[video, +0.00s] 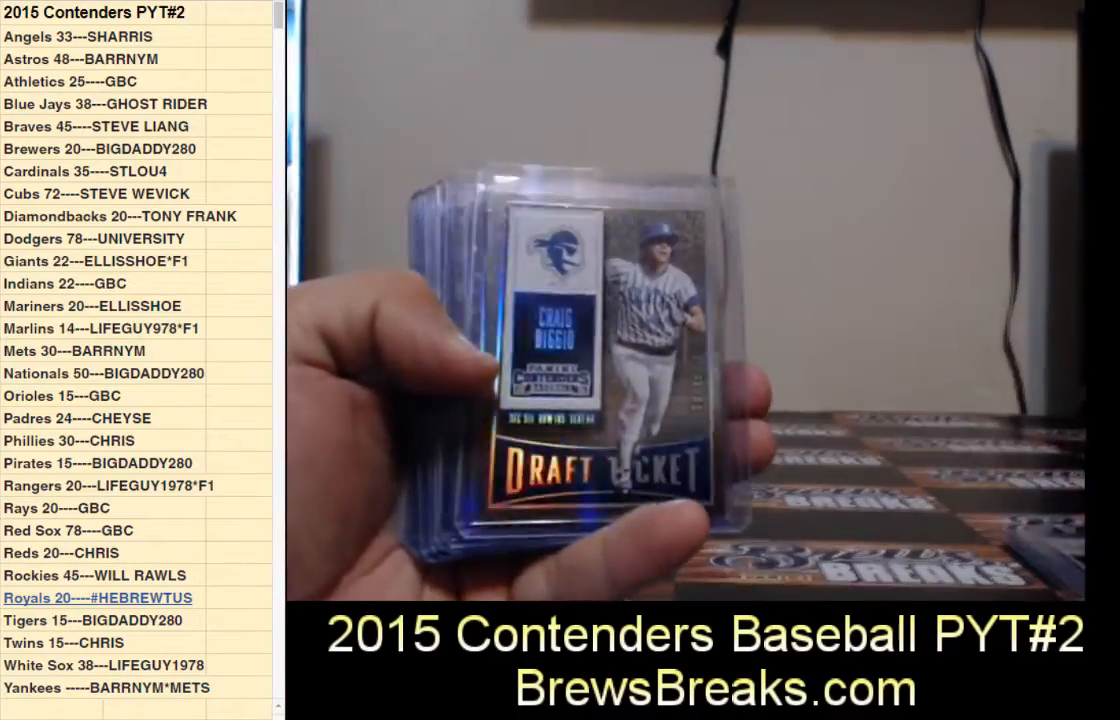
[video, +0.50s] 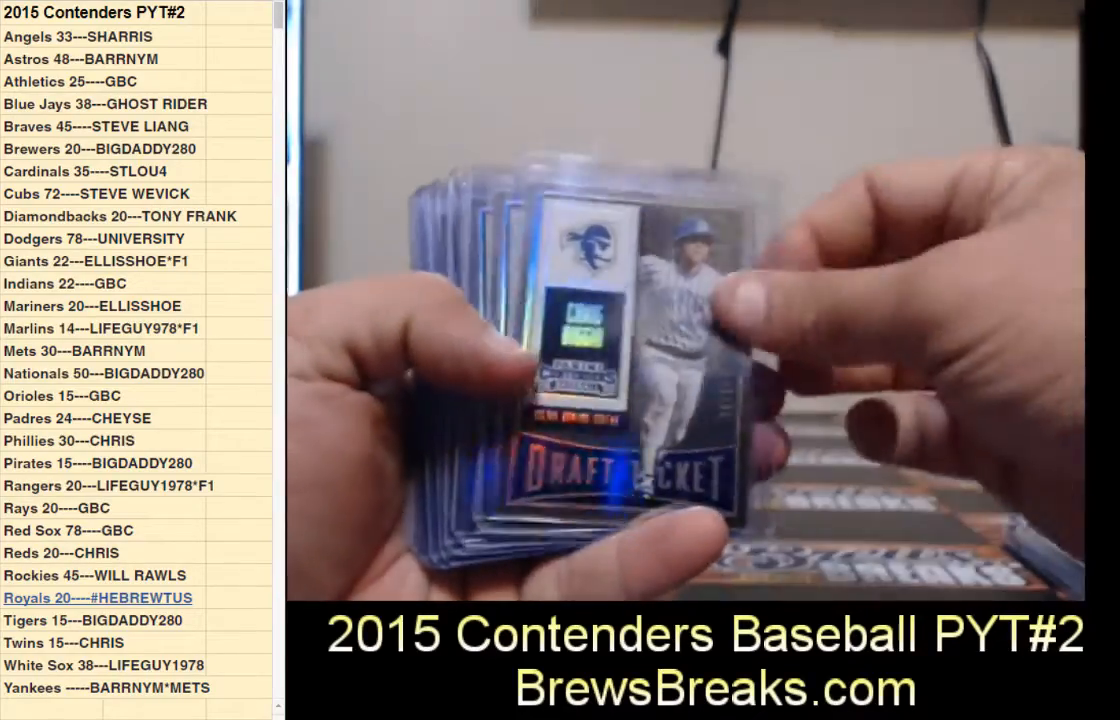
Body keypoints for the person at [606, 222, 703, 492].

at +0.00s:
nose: (664, 248)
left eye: (668, 244)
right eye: (658, 244)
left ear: (672, 249)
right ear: (645, 247)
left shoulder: (680, 280)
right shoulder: (624, 272)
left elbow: (700, 324)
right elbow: (587, 268)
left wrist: (688, 319)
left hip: (664, 358)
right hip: (629, 352)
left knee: (655, 421)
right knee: (638, 395)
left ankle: (638, 454)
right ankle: (624, 465)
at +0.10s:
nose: (666, 246)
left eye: (670, 241)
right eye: (660, 241)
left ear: (675, 246)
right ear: (647, 245)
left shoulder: (683, 279)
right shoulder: (627, 270)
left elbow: (703, 324)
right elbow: (590, 266)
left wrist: (688, 317)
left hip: (667, 358)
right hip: (632, 354)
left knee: (659, 415)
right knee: (638, 402)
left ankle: (644, 462)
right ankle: (627, 470)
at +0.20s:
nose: (669, 244)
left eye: (674, 239)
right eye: (664, 239)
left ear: (679, 244)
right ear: (652, 243)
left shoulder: (687, 277)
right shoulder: (630, 268)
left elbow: (708, 323)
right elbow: (592, 267)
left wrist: (693, 317)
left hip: (670, 359)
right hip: (635, 353)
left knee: (661, 421)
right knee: (643, 397)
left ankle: (647, 468)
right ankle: (630, 471)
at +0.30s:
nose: (677, 245)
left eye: (681, 240)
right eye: (671, 240)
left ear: (686, 245)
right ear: (658, 243)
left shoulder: (694, 278)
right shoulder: (635, 268)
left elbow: (714, 324)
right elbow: (597, 268)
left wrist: (699, 317)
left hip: (676, 360)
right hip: (641, 354)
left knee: (667, 422)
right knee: (647, 401)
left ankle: (651, 466)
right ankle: (636, 472)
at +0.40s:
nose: (686, 247)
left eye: (690, 242)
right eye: (680, 242)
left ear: (695, 247)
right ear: (667, 245)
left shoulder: (700, 279)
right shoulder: (645, 270)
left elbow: (719, 318)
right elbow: (606, 267)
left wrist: (715, 321)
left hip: (683, 360)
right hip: (648, 354)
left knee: (674, 420)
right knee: (652, 405)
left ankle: (659, 469)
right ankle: (640, 473)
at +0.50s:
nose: (700, 249)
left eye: (704, 243)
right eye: (693, 243)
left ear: (709, 249)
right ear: (679, 245)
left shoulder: (715, 281)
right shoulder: (655, 269)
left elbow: (729, 320)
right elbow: (614, 267)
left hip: (693, 363)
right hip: (657, 355)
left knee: (681, 425)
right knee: (663, 400)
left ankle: (662, 470)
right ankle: (647, 474)